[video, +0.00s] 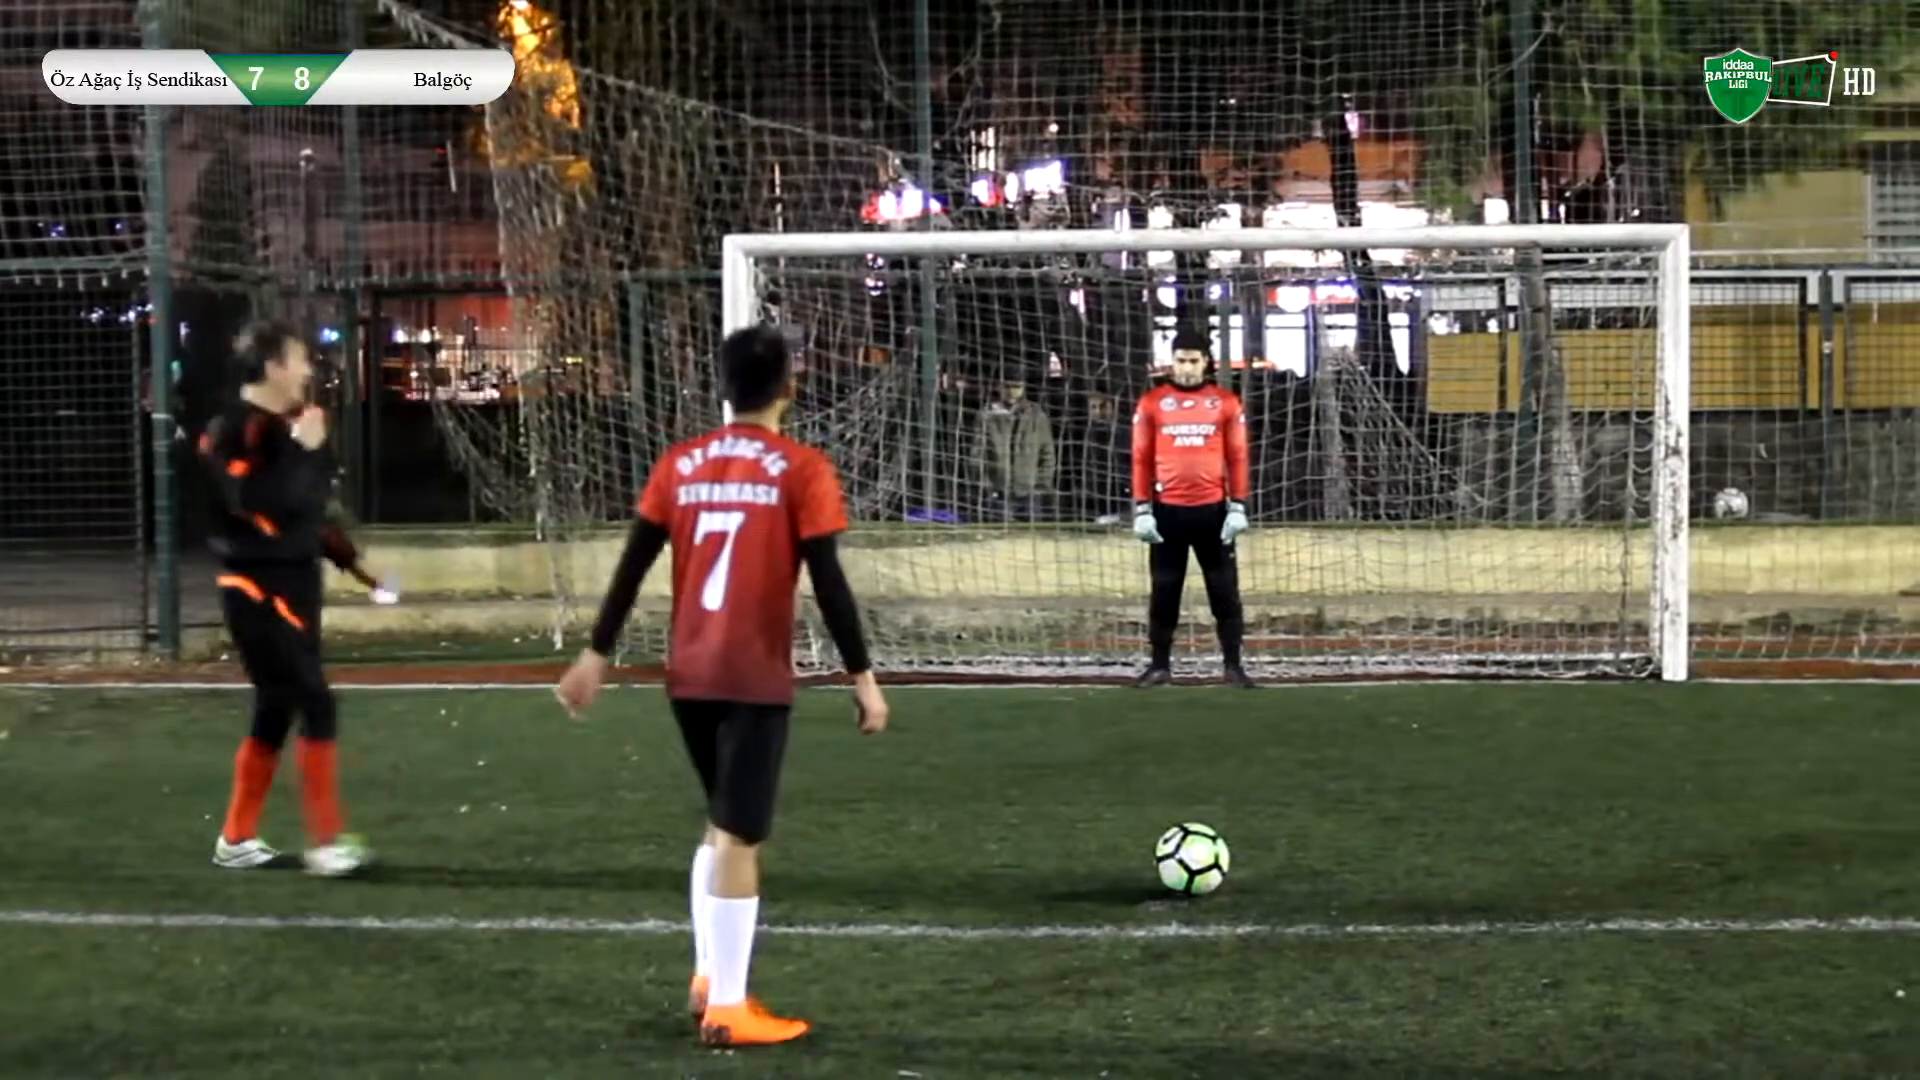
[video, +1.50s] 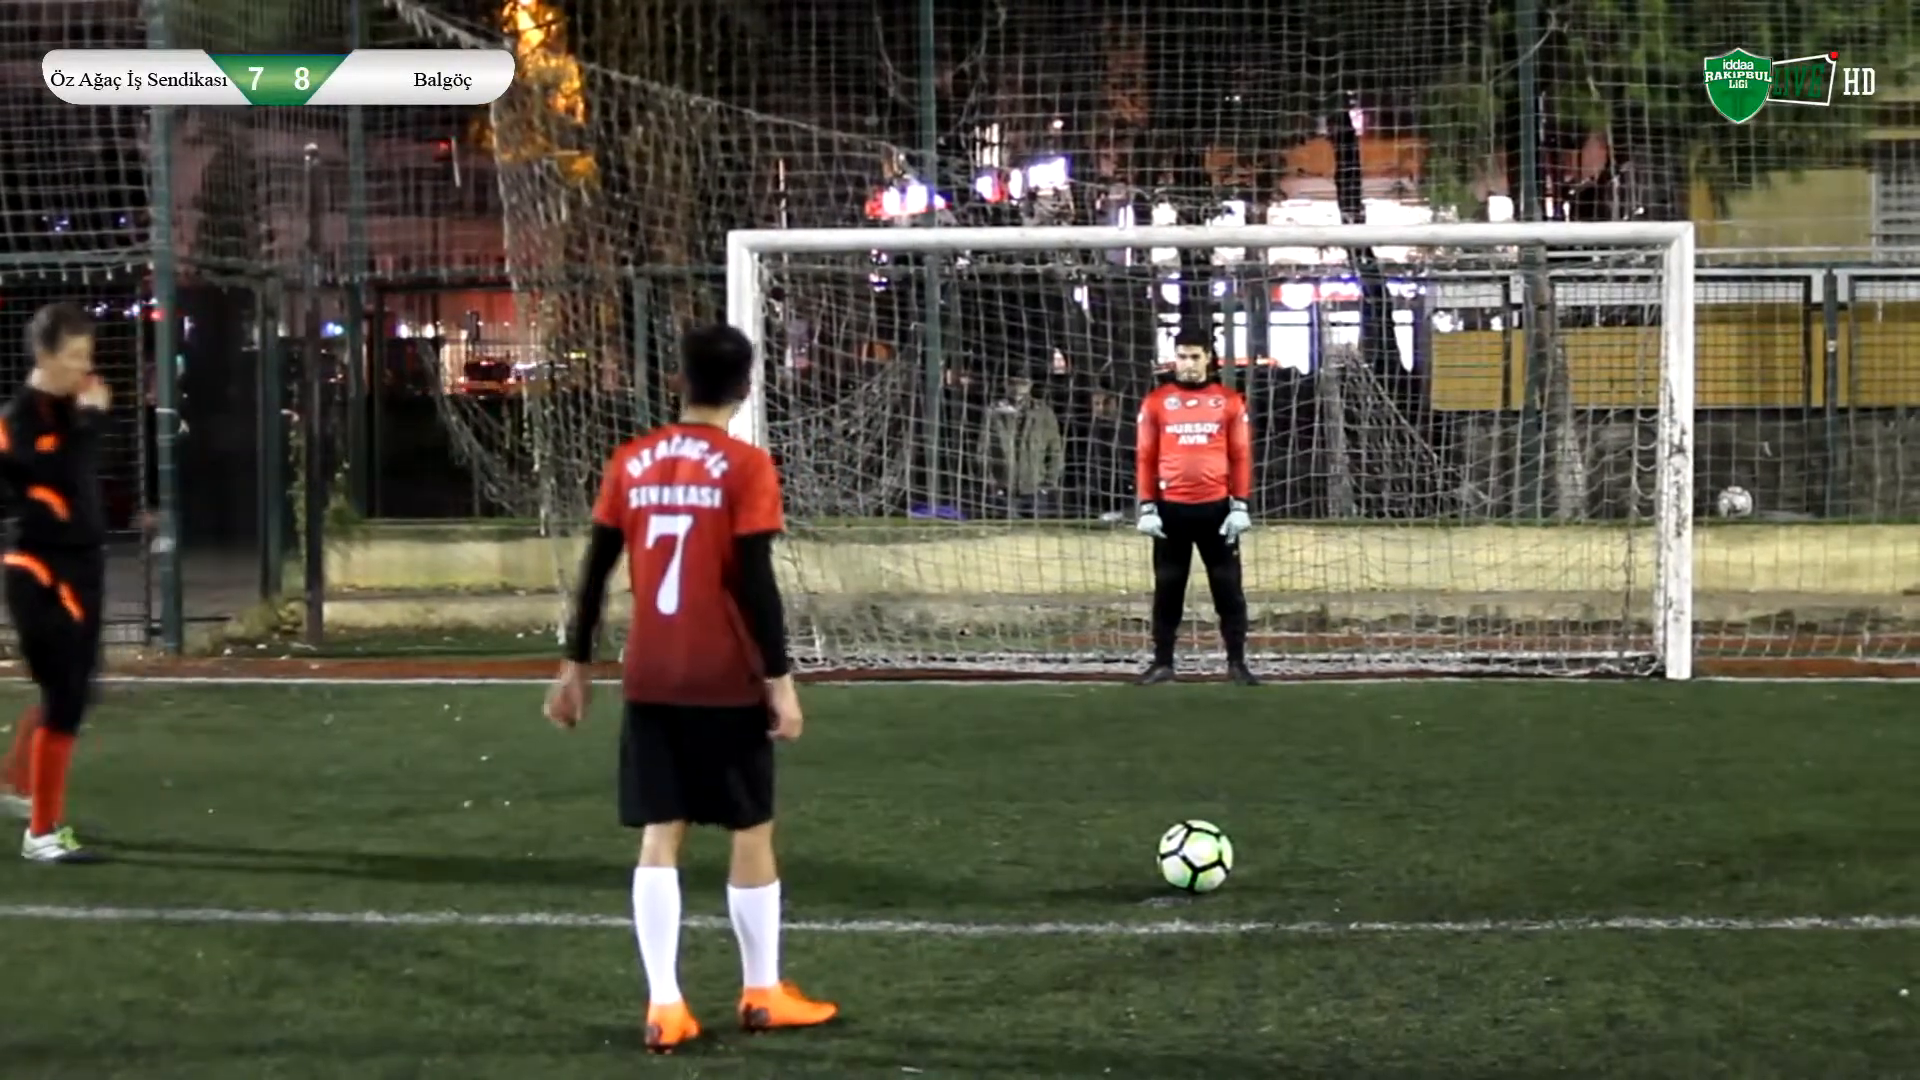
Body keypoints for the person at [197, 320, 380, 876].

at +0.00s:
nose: (309, 373)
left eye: (308, 362)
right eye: (301, 362)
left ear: (279, 369)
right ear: (270, 368)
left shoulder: (287, 428)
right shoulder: (234, 431)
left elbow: (307, 516)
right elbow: (273, 507)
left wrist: (355, 564)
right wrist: (306, 451)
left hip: (293, 582)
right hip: (255, 585)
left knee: (275, 705)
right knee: (316, 700)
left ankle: (237, 836)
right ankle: (326, 841)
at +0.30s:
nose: (253, 361)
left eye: (250, 351)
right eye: (245, 351)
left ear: (212, 358)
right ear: (227, 357)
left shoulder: (240, 418)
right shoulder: (196, 418)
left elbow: (263, 483)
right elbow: (228, 496)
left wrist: (310, 495)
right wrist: (267, 438)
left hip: (248, 575)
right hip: (214, 574)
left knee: (251, 701)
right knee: (244, 700)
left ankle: (241, 836)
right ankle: (157, 807)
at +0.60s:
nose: (205, 362)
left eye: (202, 351)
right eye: (197, 351)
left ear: (165, 361)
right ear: (175, 360)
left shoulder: (194, 419)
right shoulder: (143, 425)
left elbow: (231, 445)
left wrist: (286, 427)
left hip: (202, 577)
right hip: (159, 579)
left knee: (227, 705)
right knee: (146, 716)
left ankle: (241, 835)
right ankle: (64, 813)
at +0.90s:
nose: (161, 371)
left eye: (160, 360)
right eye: (152, 361)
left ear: (136, 365)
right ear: (124, 366)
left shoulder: (147, 425)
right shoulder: (90, 426)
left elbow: (188, 438)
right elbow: (106, 485)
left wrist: (240, 415)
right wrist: (172, 433)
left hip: (140, 581)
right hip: (96, 582)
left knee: (169, 696)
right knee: (97, 710)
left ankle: (208, 820)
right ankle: (46, 828)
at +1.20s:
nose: (123, 365)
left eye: (124, 355)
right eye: (115, 354)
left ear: (107, 359)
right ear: (80, 355)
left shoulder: (107, 411)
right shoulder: (49, 415)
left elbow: (135, 464)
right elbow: (93, 480)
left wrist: (189, 465)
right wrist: (126, 420)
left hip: (109, 568)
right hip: (65, 569)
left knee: (132, 689)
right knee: (70, 696)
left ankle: (108, 813)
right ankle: (45, 829)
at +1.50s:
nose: (87, 367)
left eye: (89, 356)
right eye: (78, 356)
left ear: (81, 358)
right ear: (49, 356)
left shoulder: (70, 413)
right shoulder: (24, 414)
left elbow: (76, 482)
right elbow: (59, 481)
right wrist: (89, 423)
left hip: (78, 564)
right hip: (39, 565)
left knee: (69, 687)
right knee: (63, 689)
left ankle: (17, 784)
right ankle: (44, 828)